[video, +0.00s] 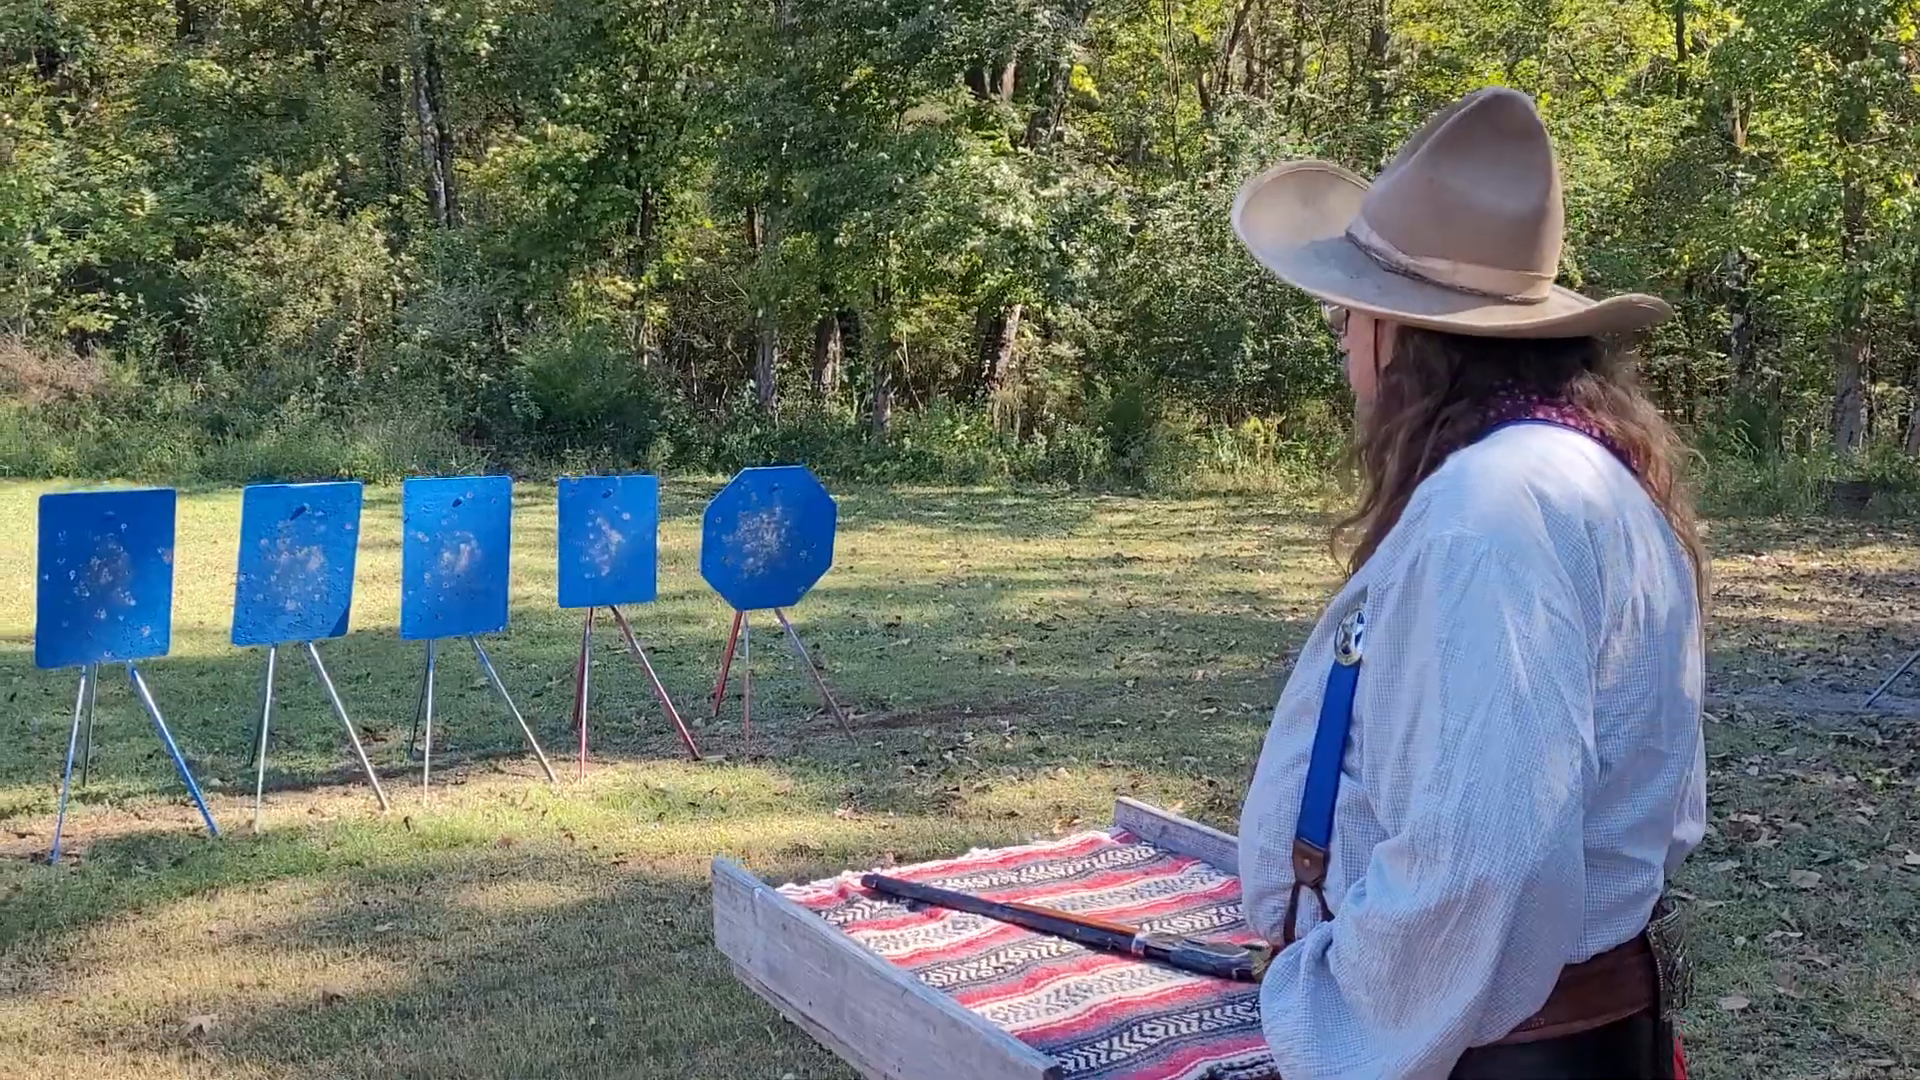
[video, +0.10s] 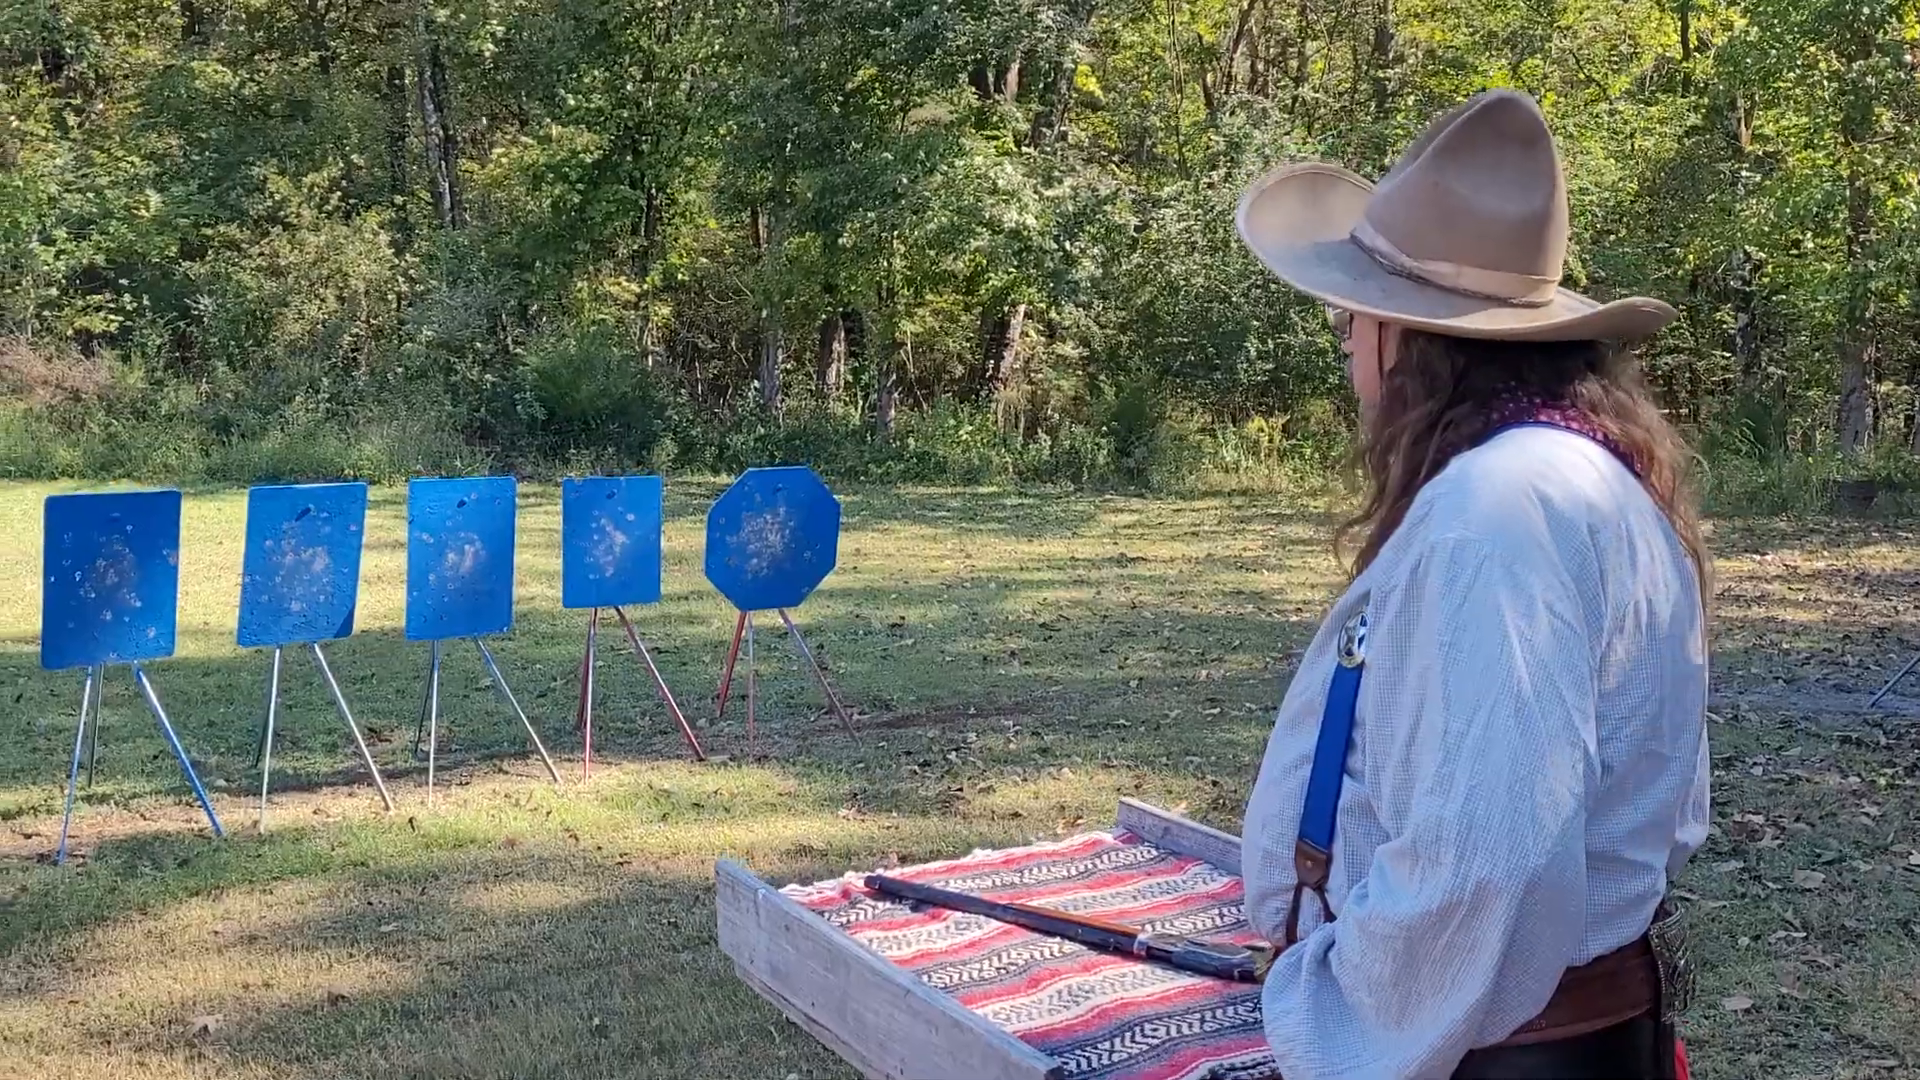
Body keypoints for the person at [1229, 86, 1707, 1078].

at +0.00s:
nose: (1339, 333)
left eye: (1353, 309)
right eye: (1345, 309)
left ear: (1411, 335)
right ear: (1518, 325)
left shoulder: (1498, 504)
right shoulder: (1589, 470)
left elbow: (1481, 853)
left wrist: (1320, 1001)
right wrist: (1340, 896)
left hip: (1508, 1034)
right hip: (1593, 1001)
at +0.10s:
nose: (1345, 339)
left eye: (1355, 315)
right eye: (1350, 315)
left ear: (1411, 337)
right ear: (1524, 326)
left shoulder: (1502, 504)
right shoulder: (1592, 473)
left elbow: (1483, 857)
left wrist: (1321, 997)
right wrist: (1343, 897)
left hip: (1509, 1037)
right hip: (1595, 1006)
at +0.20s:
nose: (1349, 344)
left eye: (1359, 320)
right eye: (1353, 319)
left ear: (1415, 341)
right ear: (1527, 330)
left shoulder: (1504, 507)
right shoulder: (1591, 473)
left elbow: (1481, 864)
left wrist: (1329, 999)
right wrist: (1342, 894)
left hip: (1513, 1036)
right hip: (1599, 1004)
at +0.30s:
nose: (1354, 345)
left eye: (1364, 320)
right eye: (1359, 320)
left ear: (1421, 342)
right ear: (1533, 335)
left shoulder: (1510, 508)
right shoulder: (1596, 477)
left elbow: (1487, 858)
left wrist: (1333, 995)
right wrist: (1345, 898)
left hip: (1516, 1038)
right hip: (1600, 1007)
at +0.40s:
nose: (1362, 348)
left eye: (1373, 323)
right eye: (1366, 322)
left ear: (1434, 343)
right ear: (1537, 336)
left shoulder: (1516, 507)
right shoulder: (1603, 479)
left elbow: (1494, 860)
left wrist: (1336, 994)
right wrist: (1350, 898)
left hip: (1521, 1039)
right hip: (1607, 1009)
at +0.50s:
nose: (1369, 345)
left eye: (1381, 320)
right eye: (1374, 319)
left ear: (1439, 341)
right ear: (1546, 334)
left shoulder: (1523, 506)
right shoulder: (1609, 478)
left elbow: (1504, 858)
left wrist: (1339, 998)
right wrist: (1355, 895)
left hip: (1527, 1035)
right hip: (1611, 1004)